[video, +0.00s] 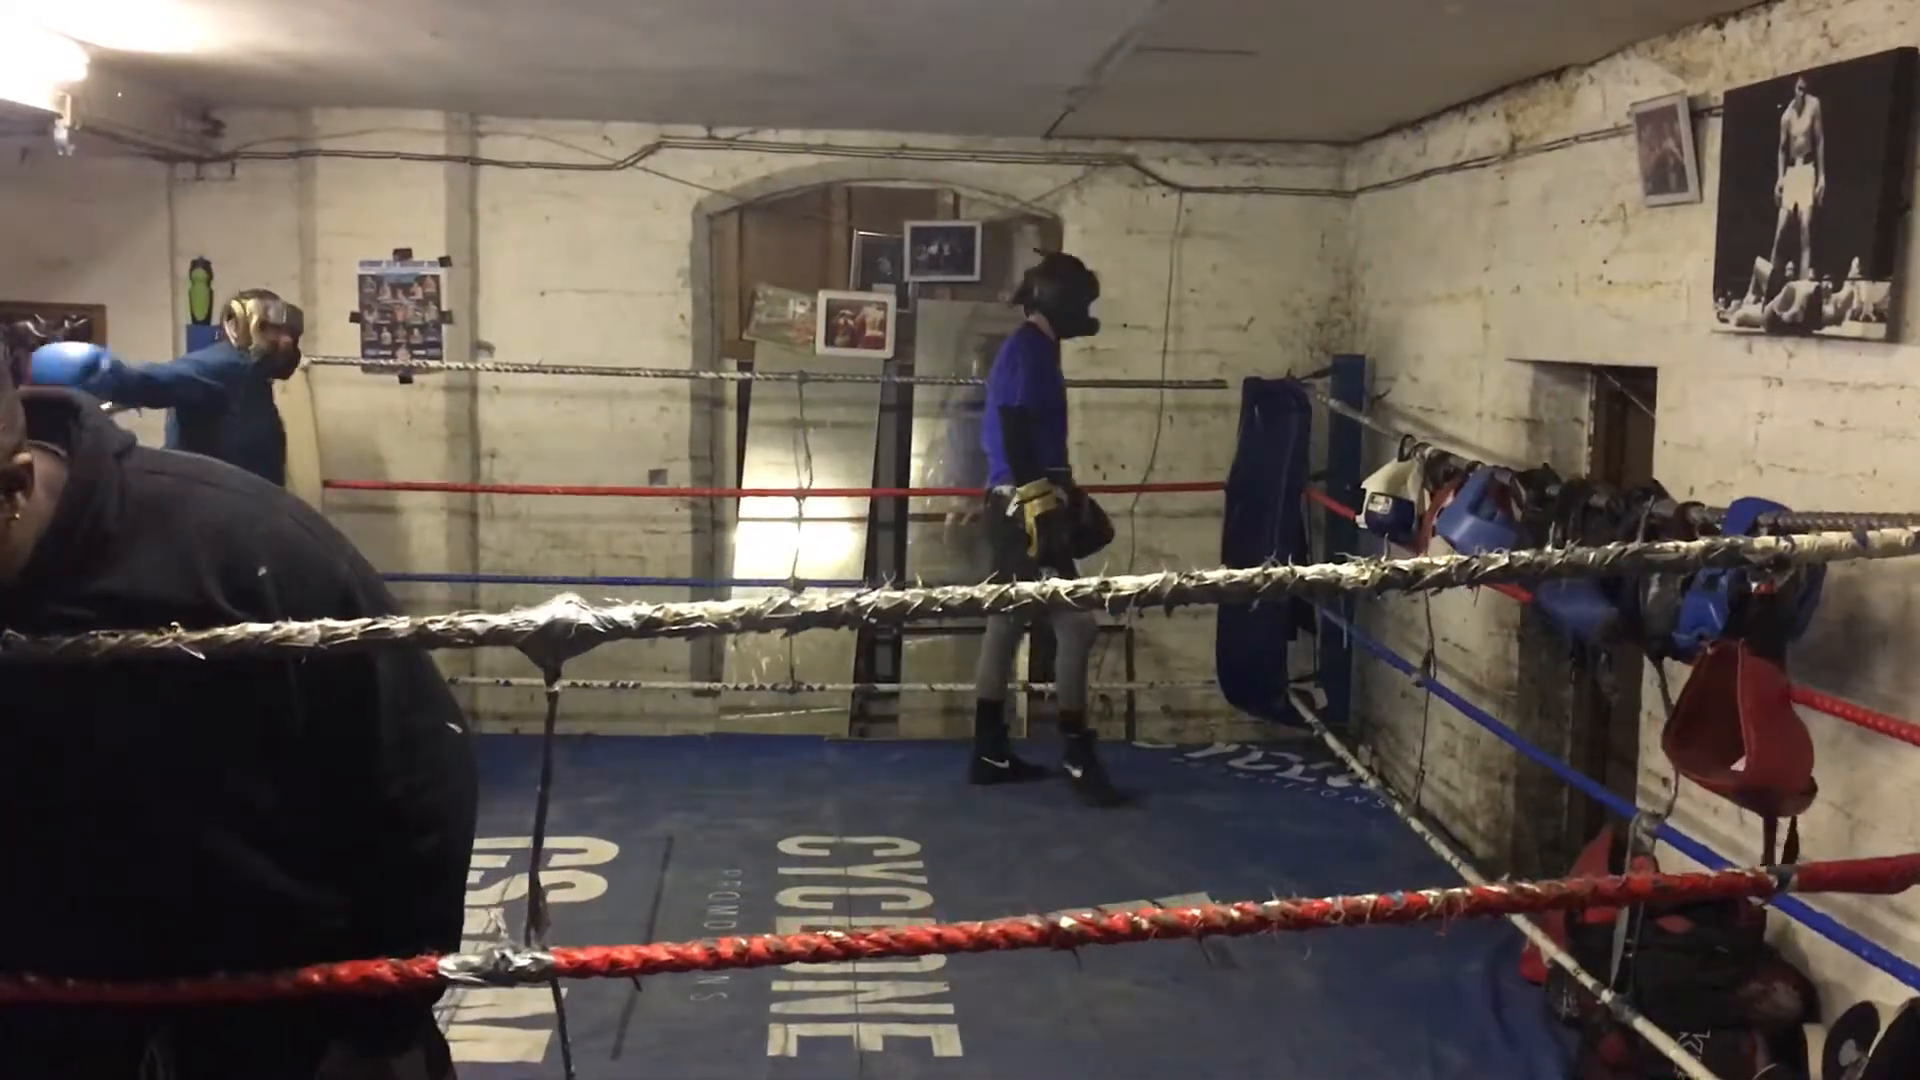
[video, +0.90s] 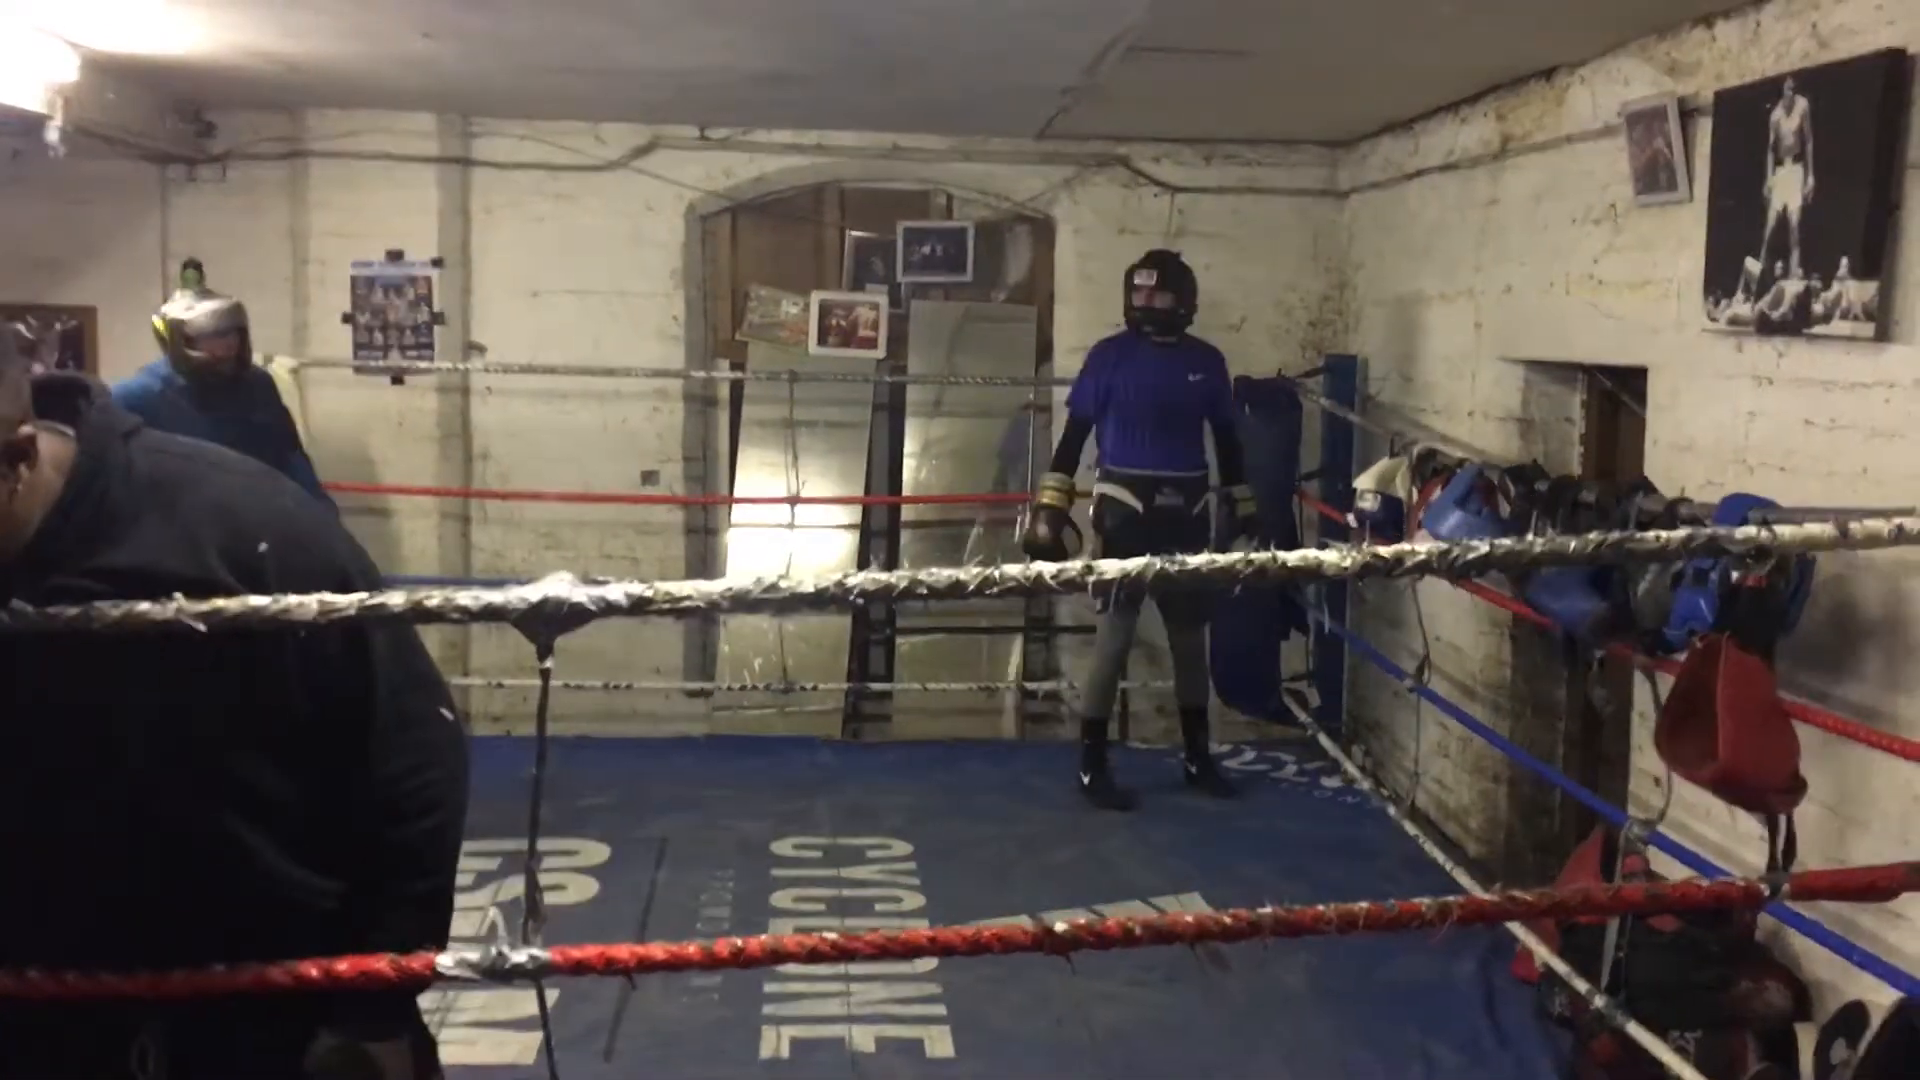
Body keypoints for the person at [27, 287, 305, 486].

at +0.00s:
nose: (293, 345)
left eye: (294, 336)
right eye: (282, 332)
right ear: (242, 328)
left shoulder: (253, 381)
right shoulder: (227, 367)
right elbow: (143, 382)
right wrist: (37, 362)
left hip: (245, 532)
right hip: (212, 531)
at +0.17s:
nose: (313, 344)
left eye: (311, 333)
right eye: (301, 333)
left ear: (254, 332)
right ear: (262, 333)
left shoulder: (280, 383)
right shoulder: (242, 375)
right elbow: (147, 404)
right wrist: (65, 390)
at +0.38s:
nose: (299, 345)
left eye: (306, 333)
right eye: (285, 335)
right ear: (257, 338)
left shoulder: (299, 379)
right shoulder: (231, 380)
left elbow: (301, 460)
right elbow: (150, 403)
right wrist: (85, 404)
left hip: (302, 485)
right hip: (248, 493)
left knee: (363, 533)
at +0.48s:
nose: (290, 343)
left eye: (296, 331)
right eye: (275, 332)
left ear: (305, 334)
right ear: (246, 337)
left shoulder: (298, 382)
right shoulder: (217, 381)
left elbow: (308, 468)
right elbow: (126, 404)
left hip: (299, 498)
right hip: (240, 509)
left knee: (369, 538)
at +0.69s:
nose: (261, 346)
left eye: (266, 334)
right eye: (248, 336)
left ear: (276, 338)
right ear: (219, 341)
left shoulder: (276, 388)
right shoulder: (189, 389)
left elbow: (299, 463)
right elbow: (116, 414)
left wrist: (349, 528)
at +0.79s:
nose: (237, 350)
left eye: (244, 337)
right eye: (225, 340)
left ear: (257, 339)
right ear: (195, 343)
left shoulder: (268, 390)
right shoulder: (155, 400)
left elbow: (299, 468)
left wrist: (344, 529)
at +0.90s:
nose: (225, 347)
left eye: (231, 334)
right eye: (212, 337)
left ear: (243, 336)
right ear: (178, 342)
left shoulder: (257, 387)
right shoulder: (138, 399)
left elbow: (288, 457)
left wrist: (321, 515)